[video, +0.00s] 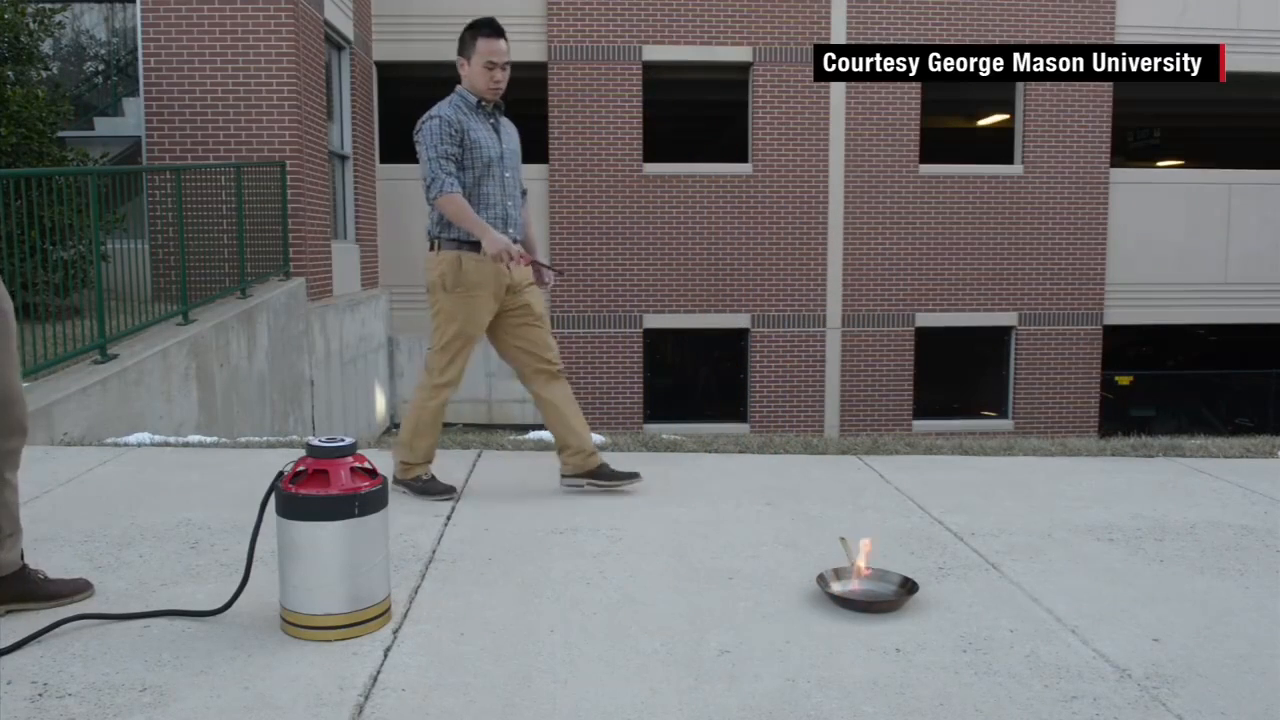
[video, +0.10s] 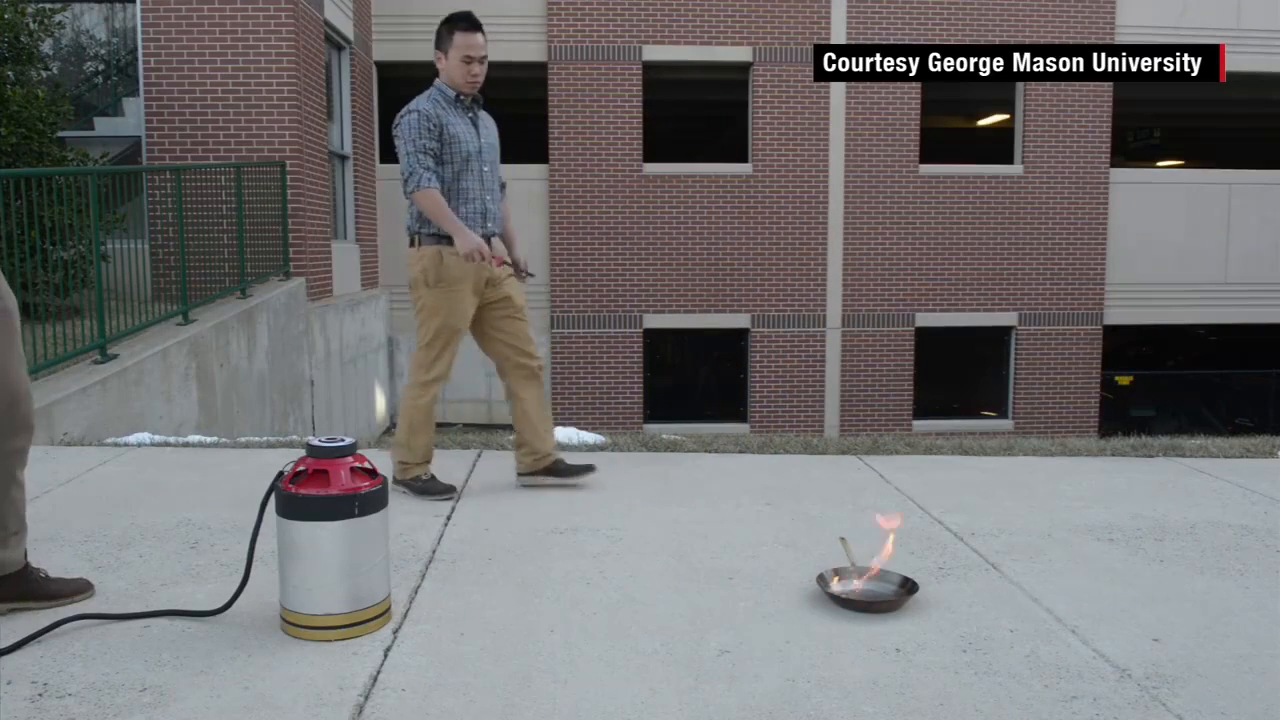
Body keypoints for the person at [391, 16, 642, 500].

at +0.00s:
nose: (499, 76)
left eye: (505, 66)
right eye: (489, 65)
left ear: (510, 69)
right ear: (462, 67)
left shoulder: (507, 129)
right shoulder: (440, 121)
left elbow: (516, 202)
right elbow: (442, 193)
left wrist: (534, 257)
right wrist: (486, 232)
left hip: (511, 265)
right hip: (463, 264)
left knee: (544, 366)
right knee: (442, 373)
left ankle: (582, 462)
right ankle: (410, 469)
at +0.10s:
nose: (477, 70)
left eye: (482, 60)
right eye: (467, 60)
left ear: (488, 61)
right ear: (439, 60)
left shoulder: (485, 122)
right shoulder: (420, 115)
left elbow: (496, 195)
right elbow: (420, 187)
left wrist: (512, 249)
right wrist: (459, 230)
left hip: (490, 260)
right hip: (442, 259)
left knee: (524, 362)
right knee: (431, 369)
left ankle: (537, 459)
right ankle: (410, 469)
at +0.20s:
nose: (447, 62)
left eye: (452, 53)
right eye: (437, 53)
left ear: (457, 54)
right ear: (410, 55)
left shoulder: (458, 115)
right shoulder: (394, 109)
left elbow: (470, 184)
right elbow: (393, 183)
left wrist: (492, 236)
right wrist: (414, 241)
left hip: (465, 251)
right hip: (421, 252)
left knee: (487, 348)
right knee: (417, 364)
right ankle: (410, 467)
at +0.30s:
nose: (431, 62)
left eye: (435, 53)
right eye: (420, 53)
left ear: (440, 55)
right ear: (394, 56)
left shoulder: (441, 115)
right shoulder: (378, 110)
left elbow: (455, 184)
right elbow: (373, 185)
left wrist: (484, 231)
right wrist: (383, 246)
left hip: (452, 251)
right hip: (412, 252)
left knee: (458, 350)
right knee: (413, 361)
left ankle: (398, 422)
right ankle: (410, 467)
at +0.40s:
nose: (409, 67)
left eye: (414, 58)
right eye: (398, 59)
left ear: (418, 60)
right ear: (371, 63)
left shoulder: (420, 123)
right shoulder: (356, 116)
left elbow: (437, 189)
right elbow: (343, 188)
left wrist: (472, 228)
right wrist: (344, 253)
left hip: (425, 252)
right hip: (388, 252)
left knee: (410, 351)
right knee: (410, 358)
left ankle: (350, 425)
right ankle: (411, 469)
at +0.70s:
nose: (373, 74)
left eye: (377, 66)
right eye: (363, 65)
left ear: (379, 70)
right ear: (337, 67)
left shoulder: (374, 128)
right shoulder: (313, 112)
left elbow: (388, 192)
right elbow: (301, 178)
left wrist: (414, 243)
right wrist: (306, 239)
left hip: (368, 250)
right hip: (330, 248)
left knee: (365, 354)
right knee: (348, 353)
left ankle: (333, 444)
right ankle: (366, 448)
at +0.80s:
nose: (354, 71)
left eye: (358, 63)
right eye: (344, 62)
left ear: (362, 67)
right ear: (318, 65)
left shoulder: (361, 127)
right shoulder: (296, 111)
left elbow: (372, 195)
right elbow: (288, 180)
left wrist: (382, 249)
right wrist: (304, 236)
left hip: (354, 248)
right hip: (313, 243)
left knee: (356, 349)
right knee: (329, 345)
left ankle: (340, 439)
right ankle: (313, 442)